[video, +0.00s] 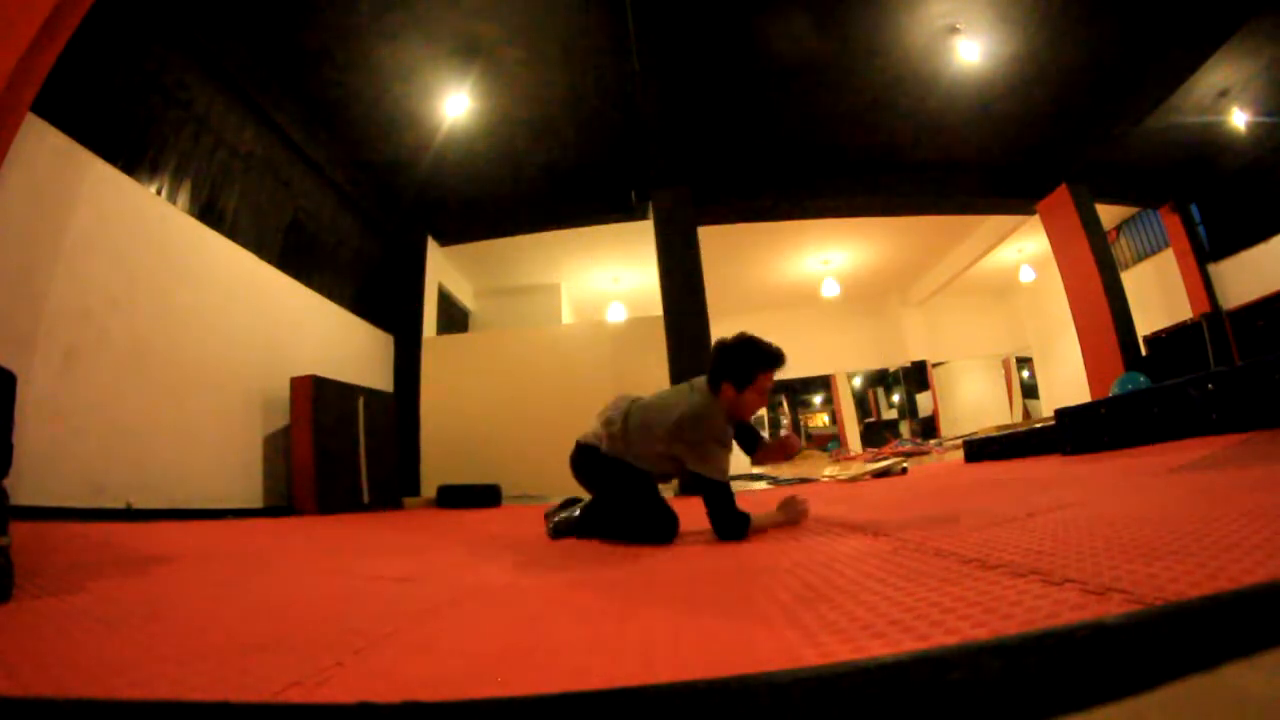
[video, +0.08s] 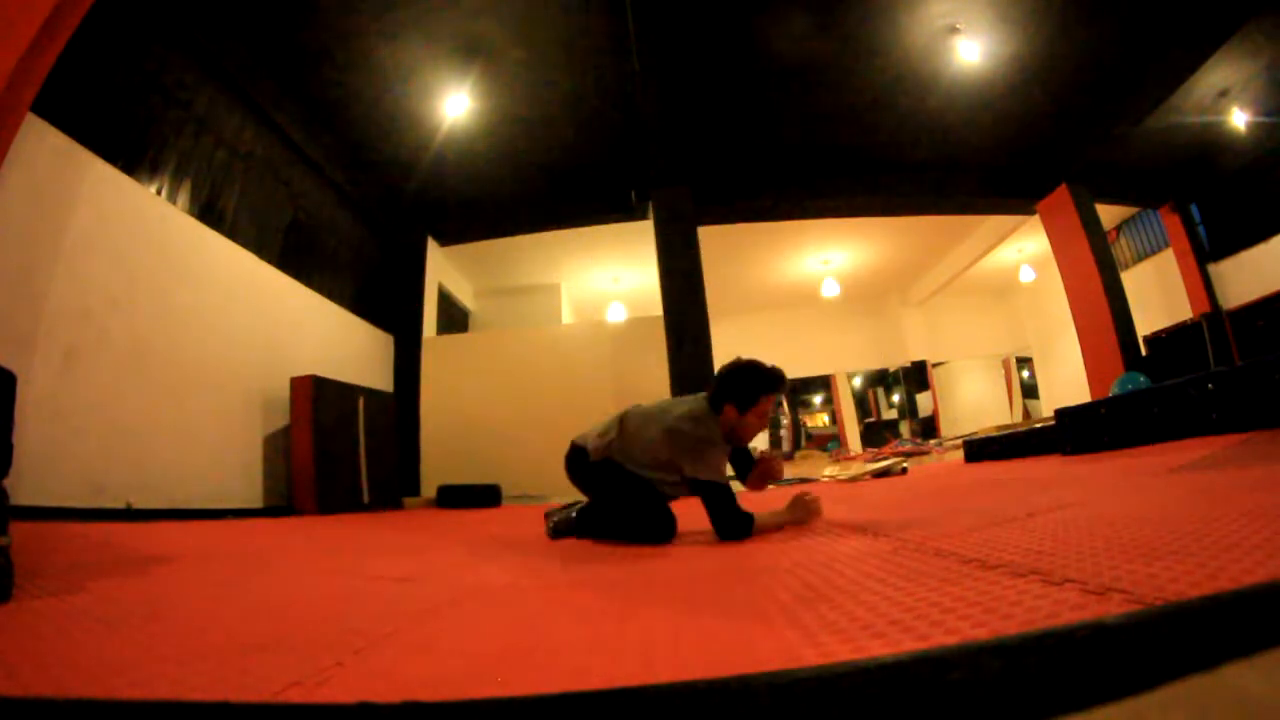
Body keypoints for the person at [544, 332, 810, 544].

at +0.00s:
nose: (766, 401)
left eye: (768, 391)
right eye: (762, 390)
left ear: (730, 386)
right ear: (732, 388)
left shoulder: (715, 394)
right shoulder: (704, 418)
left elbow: (756, 449)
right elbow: (728, 527)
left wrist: (781, 450)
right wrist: (779, 518)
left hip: (621, 452)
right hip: (597, 458)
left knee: (649, 511)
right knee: (662, 527)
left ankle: (581, 509)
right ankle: (576, 520)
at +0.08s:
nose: (767, 423)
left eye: (770, 413)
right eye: (763, 413)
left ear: (732, 409)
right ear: (733, 412)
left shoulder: (718, 414)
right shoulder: (701, 435)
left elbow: (750, 477)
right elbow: (731, 528)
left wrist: (765, 471)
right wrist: (789, 515)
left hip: (617, 453)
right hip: (591, 461)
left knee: (658, 513)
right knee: (659, 527)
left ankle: (582, 512)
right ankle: (577, 521)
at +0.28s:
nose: (761, 467)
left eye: (769, 463)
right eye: (763, 461)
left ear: (742, 433)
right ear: (745, 440)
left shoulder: (725, 430)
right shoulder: (707, 439)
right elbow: (732, 528)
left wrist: (740, 488)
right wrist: (789, 517)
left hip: (622, 451)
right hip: (598, 455)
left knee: (658, 514)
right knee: (660, 528)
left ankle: (587, 509)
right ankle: (579, 519)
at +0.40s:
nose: (758, 487)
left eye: (765, 486)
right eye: (763, 480)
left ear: (755, 451)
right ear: (756, 458)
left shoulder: (735, 438)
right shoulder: (713, 441)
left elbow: (737, 518)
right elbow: (735, 528)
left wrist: (748, 498)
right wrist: (788, 519)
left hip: (629, 452)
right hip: (607, 451)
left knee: (663, 519)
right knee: (662, 527)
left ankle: (586, 510)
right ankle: (579, 520)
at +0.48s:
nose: (757, 492)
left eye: (764, 490)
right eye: (763, 484)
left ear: (761, 452)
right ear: (762, 461)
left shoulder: (735, 438)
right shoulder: (716, 438)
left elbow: (734, 516)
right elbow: (735, 528)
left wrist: (751, 507)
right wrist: (790, 520)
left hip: (634, 451)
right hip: (612, 449)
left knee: (662, 520)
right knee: (663, 526)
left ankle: (586, 510)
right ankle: (579, 520)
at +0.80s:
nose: (770, 484)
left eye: (777, 484)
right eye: (774, 479)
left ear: (770, 445)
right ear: (772, 454)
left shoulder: (744, 436)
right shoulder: (723, 439)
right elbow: (736, 528)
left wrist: (752, 502)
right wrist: (789, 519)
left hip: (643, 450)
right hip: (620, 448)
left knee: (663, 519)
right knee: (665, 527)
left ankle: (586, 510)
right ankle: (578, 520)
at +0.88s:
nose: (772, 480)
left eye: (781, 480)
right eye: (777, 474)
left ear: (768, 440)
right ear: (769, 445)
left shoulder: (743, 436)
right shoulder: (721, 438)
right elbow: (736, 528)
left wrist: (753, 502)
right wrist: (788, 519)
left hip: (641, 451)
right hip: (617, 449)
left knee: (663, 519)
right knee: (664, 526)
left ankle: (586, 511)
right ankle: (579, 520)